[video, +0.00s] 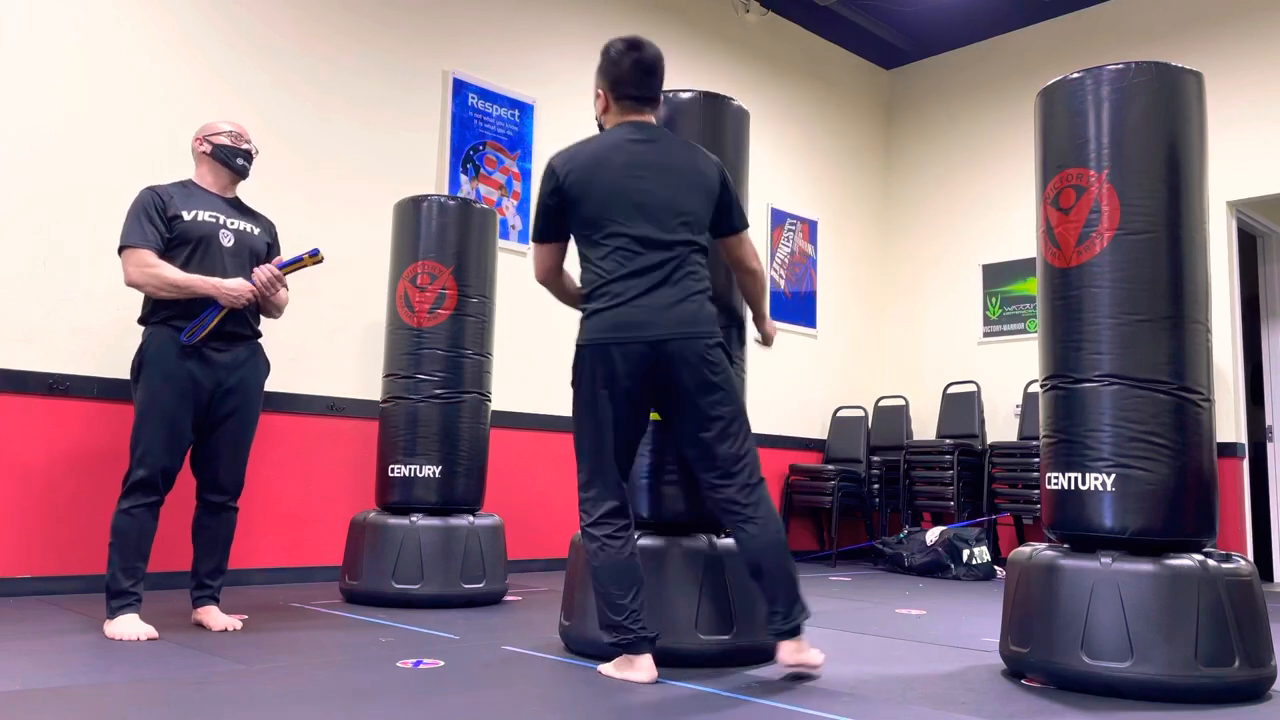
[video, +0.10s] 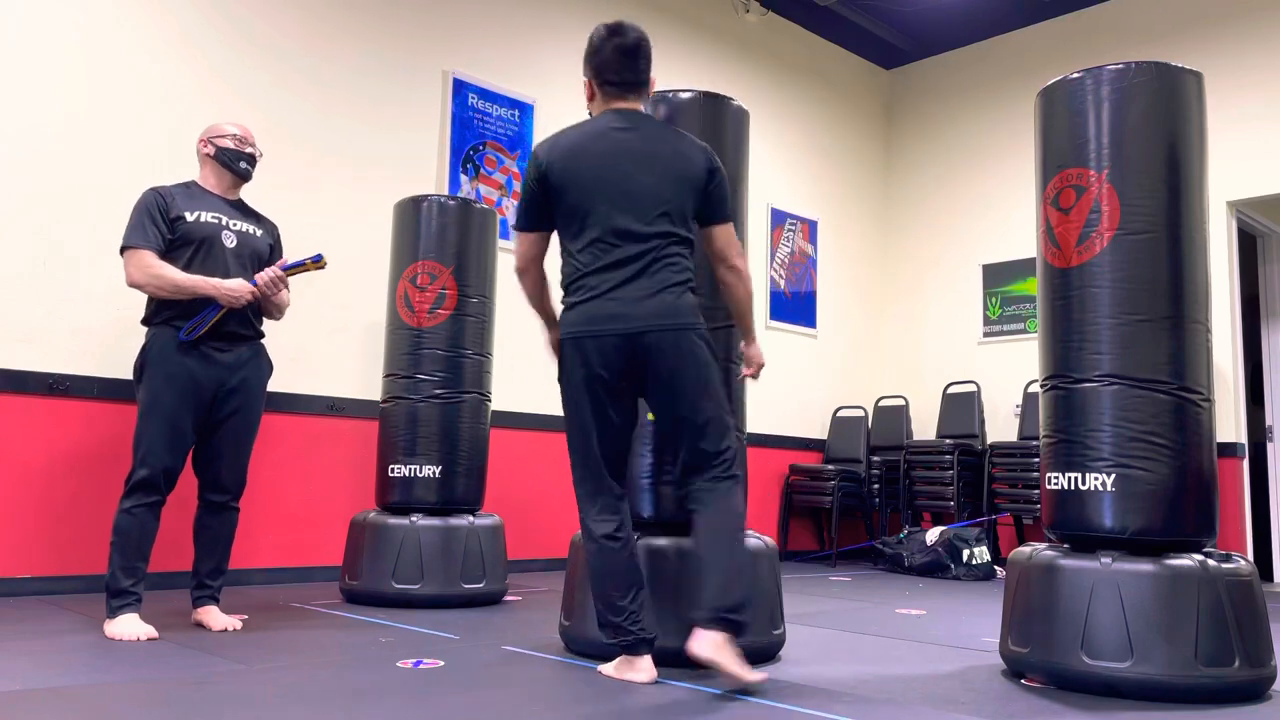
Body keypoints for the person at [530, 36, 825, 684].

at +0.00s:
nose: (594, 102)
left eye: (595, 94)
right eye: (599, 93)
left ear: (602, 96)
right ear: (659, 96)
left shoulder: (570, 165)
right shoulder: (702, 164)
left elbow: (547, 271)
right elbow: (746, 263)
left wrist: (587, 300)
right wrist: (762, 316)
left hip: (609, 342)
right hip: (695, 339)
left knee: (605, 502)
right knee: (739, 485)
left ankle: (635, 654)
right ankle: (792, 636)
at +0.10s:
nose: (594, 88)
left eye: (587, 81)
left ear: (588, 85)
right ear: (652, 85)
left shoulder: (554, 154)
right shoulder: (691, 152)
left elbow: (528, 263)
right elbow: (729, 259)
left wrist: (552, 325)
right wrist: (751, 336)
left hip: (592, 333)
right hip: (676, 330)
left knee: (602, 495)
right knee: (714, 470)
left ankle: (633, 653)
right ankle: (714, 626)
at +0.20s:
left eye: (584, 73)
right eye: (637, 72)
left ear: (574, 77)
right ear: (641, 78)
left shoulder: (538, 149)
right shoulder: (680, 146)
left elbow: (510, 258)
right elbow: (710, 253)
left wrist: (507, 342)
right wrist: (730, 341)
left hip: (571, 330)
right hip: (655, 327)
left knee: (598, 486)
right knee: (682, 475)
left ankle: (625, 650)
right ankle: (621, 611)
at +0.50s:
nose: (596, 64)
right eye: (596, 54)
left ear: (523, 63)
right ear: (589, 54)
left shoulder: (479, 131)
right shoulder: (610, 117)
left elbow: (451, 237)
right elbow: (652, 231)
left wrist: (425, 330)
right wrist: (657, 326)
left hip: (496, 318)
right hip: (572, 310)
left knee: (533, 471)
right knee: (567, 487)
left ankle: (525, 626)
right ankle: (538, 678)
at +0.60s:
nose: (570, 48)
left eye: (563, 38)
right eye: (568, 38)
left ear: (499, 49)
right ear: (562, 40)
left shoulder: (460, 124)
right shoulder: (581, 99)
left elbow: (437, 235)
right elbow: (620, 203)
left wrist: (435, 330)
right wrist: (625, 285)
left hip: (471, 311)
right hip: (544, 307)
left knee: (485, 474)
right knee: (541, 490)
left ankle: (430, 626)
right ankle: (532, 680)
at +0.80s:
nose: (519, 60)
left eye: (516, 47)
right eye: (517, 47)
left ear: (448, 55)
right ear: (501, 48)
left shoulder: (416, 124)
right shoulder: (500, 105)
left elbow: (414, 237)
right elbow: (532, 199)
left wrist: (497, 280)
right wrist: (575, 224)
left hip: (407, 316)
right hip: (469, 313)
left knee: (379, 487)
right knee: (509, 488)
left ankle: (325, 656)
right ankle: (528, 678)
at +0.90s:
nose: (494, 60)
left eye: (493, 49)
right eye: (492, 48)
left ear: (424, 50)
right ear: (476, 46)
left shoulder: (395, 114)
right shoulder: (472, 101)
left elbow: (404, 214)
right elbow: (494, 205)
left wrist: (492, 226)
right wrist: (540, 199)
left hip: (376, 312)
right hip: (436, 314)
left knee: (355, 485)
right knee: (477, 485)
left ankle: (321, 656)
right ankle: (497, 671)